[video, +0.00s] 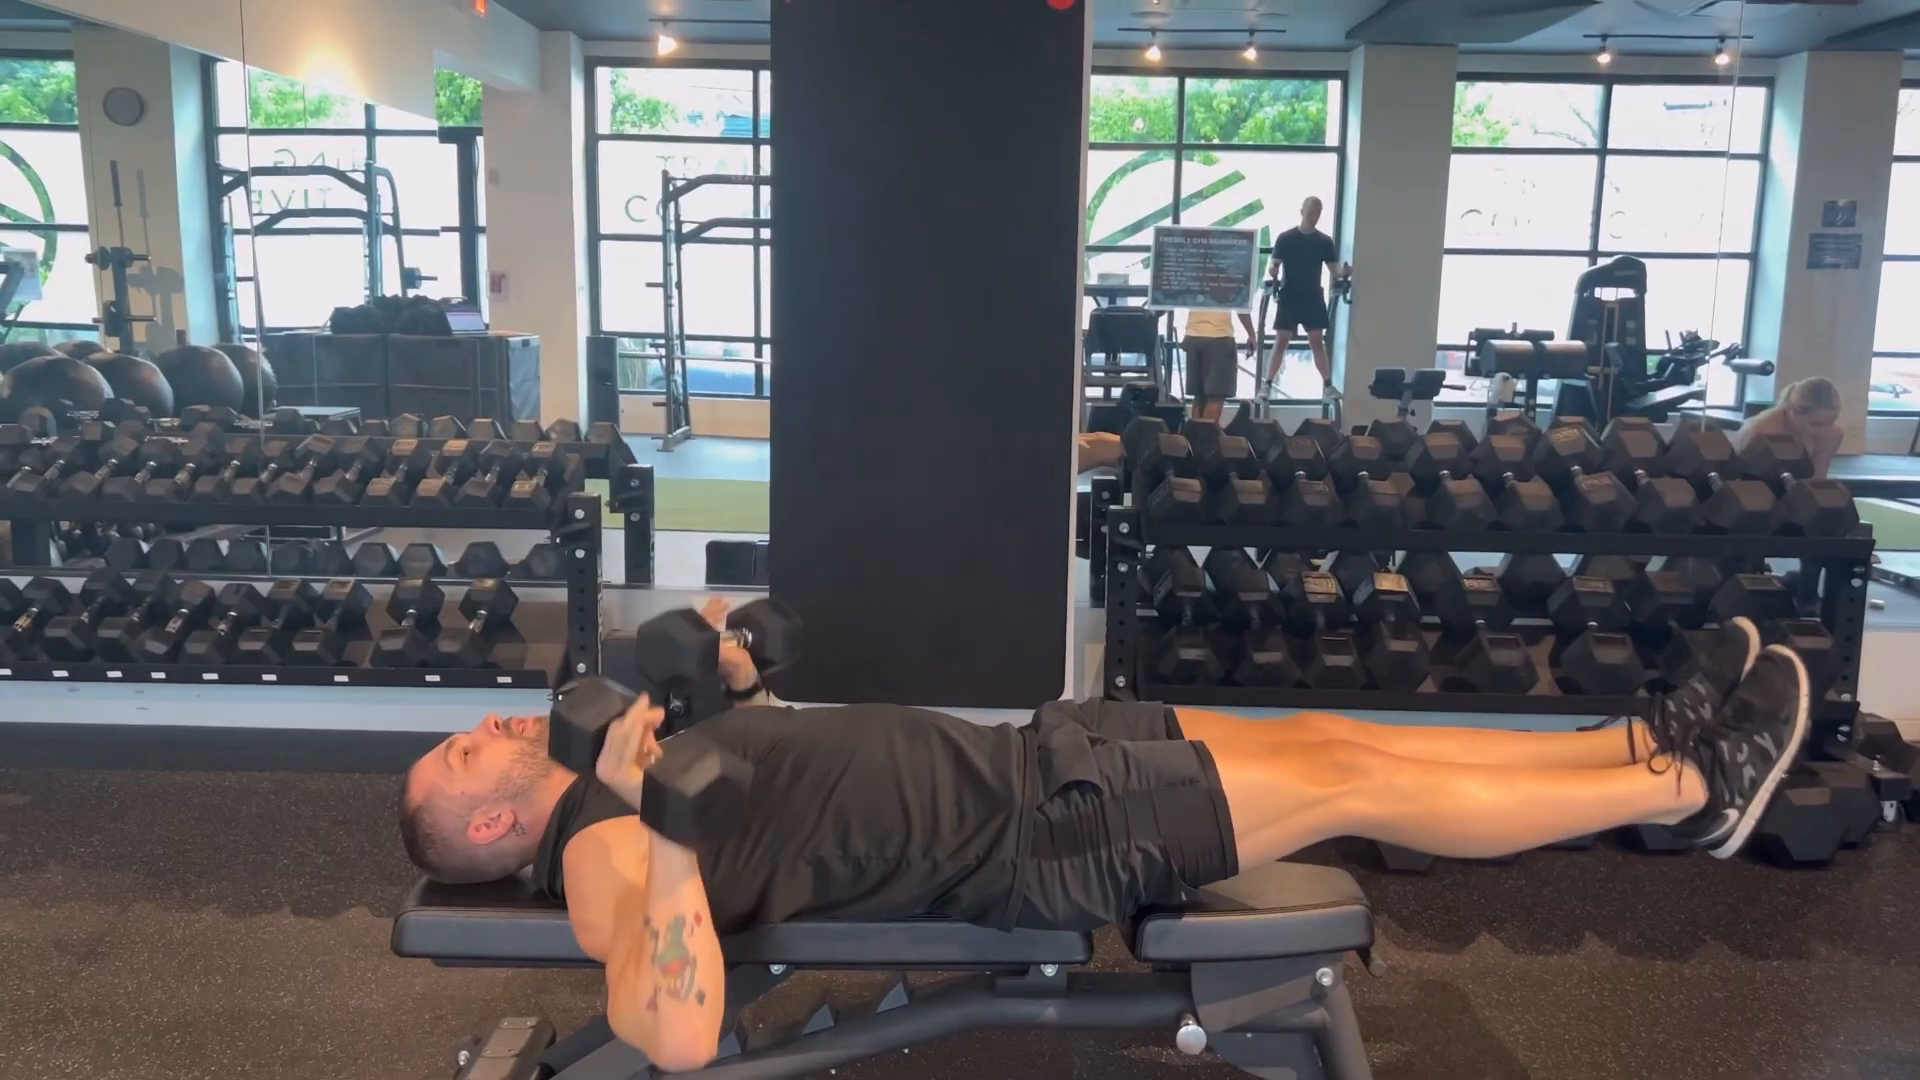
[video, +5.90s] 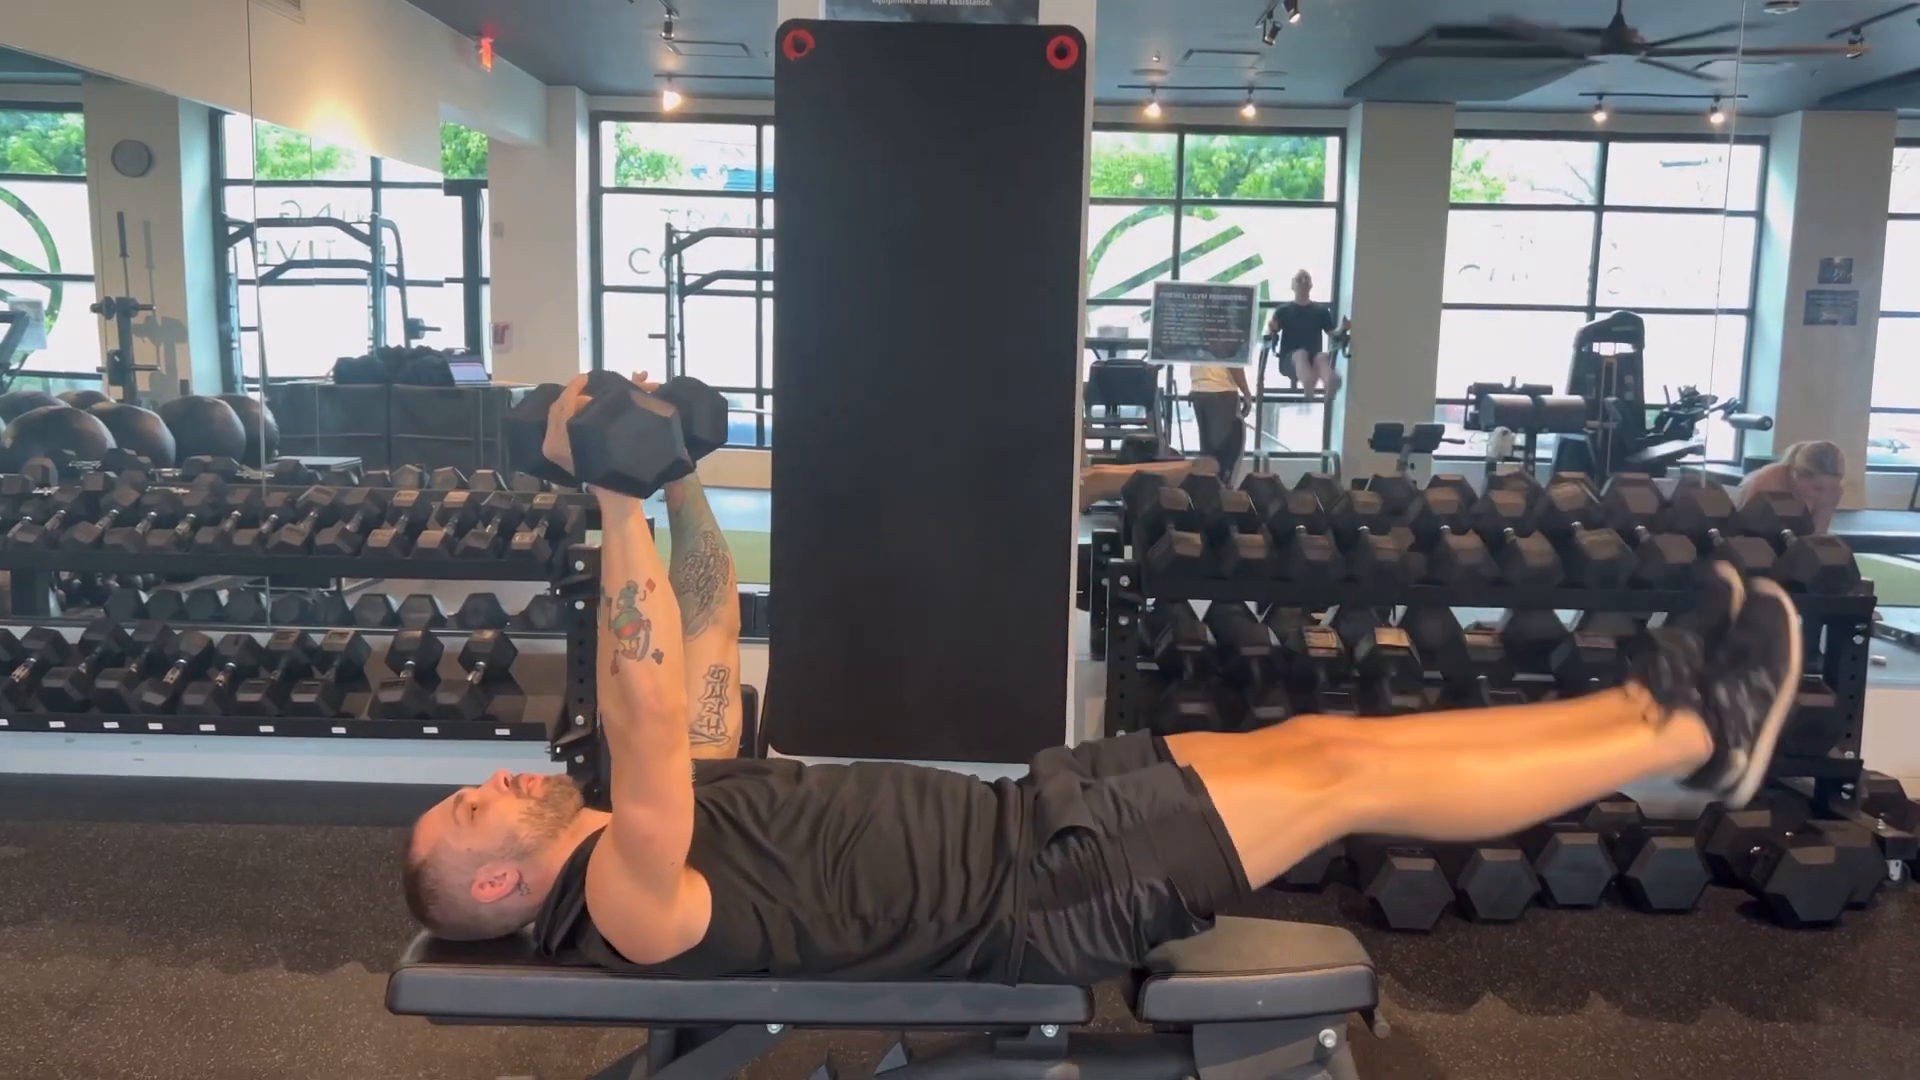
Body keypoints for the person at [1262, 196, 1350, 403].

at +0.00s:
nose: (1313, 216)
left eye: (1316, 212)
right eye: (1310, 211)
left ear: (1320, 214)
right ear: (1302, 211)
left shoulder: (1325, 242)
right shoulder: (1285, 238)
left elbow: (1334, 271)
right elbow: (1273, 267)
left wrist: (1346, 271)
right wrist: (1275, 279)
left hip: (1313, 296)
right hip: (1289, 295)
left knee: (1317, 342)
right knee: (1281, 341)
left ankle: (1327, 386)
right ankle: (1267, 384)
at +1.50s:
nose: (1320, 246)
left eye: (1324, 243)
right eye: (1317, 242)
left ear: (1328, 245)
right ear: (1310, 241)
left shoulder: (1333, 271)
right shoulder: (1294, 268)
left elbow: (1342, 299)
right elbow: (1281, 296)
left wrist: (1352, 301)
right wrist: (1283, 309)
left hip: (1320, 325)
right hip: (1297, 324)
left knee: (1325, 371)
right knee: (1289, 370)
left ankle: (1336, 414)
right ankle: (1276, 412)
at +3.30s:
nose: (1311, 273)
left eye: (1315, 269)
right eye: (1308, 269)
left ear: (1319, 269)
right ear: (1301, 266)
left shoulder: (1327, 289)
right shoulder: (1288, 287)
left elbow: (1335, 315)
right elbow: (1277, 309)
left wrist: (1345, 311)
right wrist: (1277, 315)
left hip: (1316, 337)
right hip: (1292, 337)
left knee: (1328, 378)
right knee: (1284, 376)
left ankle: (1331, 423)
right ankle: (1272, 420)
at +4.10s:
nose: (1307, 282)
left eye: (1310, 278)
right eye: (1303, 278)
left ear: (1315, 278)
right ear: (1297, 277)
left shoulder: (1321, 300)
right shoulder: (1285, 300)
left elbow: (1333, 323)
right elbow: (1271, 324)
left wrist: (1344, 319)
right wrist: (1272, 319)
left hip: (1314, 352)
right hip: (1291, 353)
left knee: (1314, 399)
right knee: (1290, 399)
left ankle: (1311, 442)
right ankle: (1286, 441)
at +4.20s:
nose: (1306, 284)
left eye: (1309, 280)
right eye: (1302, 279)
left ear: (1314, 280)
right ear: (1296, 279)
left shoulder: (1320, 301)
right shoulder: (1284, 301)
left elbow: (1334, 323)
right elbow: (1272, 333)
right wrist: (1273, 321)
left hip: (1312, 356)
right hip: (1289, 356)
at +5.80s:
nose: (1303, 288)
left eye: (1306, 284)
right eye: (1299, 284)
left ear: (1310, 287)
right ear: (1293, 288)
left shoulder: (1320, 311)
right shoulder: (1284, 312)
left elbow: (1332, 334)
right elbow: (1271, 332)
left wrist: (1343, 328)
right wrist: (1271, 329)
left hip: (1314, 358)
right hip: (1291, 357)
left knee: (1319, 393)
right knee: (1299, 381)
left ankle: (1323, 435)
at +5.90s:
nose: (1303, 285)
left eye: (1306, 282)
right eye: (1299, 282)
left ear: (1310, 286)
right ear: (1292, 286)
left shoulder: (1320, 310)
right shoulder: (1283, 311)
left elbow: (1332, 334)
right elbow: (1272, 336)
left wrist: (1342, 329)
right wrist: (1272, 329)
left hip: (1314, 358)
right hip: (1289, 359)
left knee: (1323, 357)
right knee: (1301, 353)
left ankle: (1330, 391)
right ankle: (1309, 396)